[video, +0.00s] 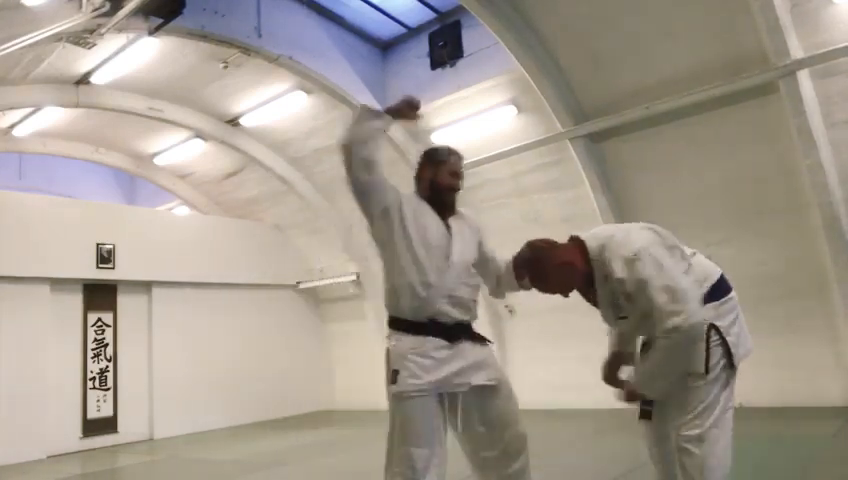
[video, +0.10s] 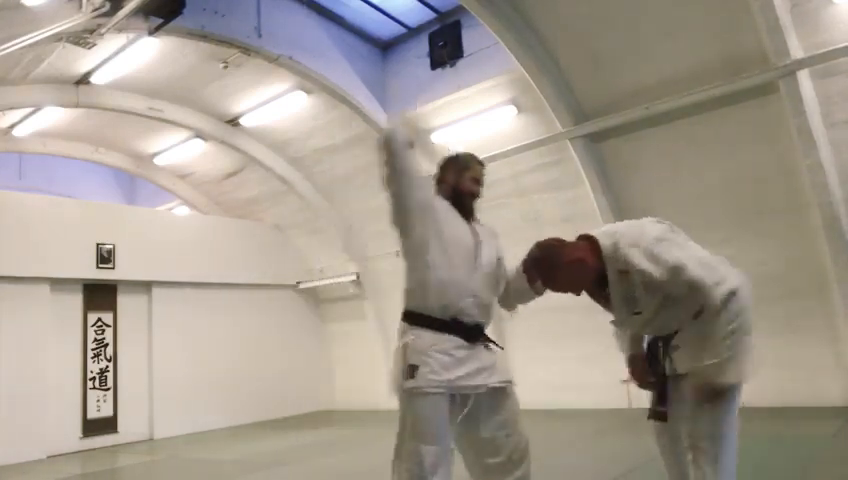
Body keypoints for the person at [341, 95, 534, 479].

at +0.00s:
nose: (459, 179)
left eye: (461, 174)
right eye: (451, 171)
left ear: (461, 182)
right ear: (423, 174)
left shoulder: (467, 229)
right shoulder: (395, 211)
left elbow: (498, 280)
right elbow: (357, 154)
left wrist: (526, 262)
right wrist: (386, 114)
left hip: (467, 348)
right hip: (413, 348)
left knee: (505, 448)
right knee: (416, 464)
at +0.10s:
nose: (478, 186)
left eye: (481, 182)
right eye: (472, 178)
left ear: (480, 188)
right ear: (445, 176)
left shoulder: (487, 238)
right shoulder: (423, 211)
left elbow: (509, 296)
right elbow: (395, 152)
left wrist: (539, 268)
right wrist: (405, 131)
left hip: (477, 352)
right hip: (428, 347)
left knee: (506, 456)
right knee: (424, 462)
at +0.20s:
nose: (497, 190)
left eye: (499, 186)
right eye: (491, 182)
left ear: (493, 193)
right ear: (471, 181)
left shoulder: (489, 245)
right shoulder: (449, 214)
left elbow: (504, 296)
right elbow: (451, 181)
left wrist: (537, 272)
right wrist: (462, 152)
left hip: (483, 350)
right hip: (441, 342)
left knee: (508, 450)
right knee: (437, 459)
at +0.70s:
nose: (491, 193)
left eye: (495, 189)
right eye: (485, 184)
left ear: (495, 193)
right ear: (463, 181)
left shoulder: (497, 239)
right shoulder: (436, 216)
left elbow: (534, 264)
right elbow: (445, 174)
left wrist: (584, 251)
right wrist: (458, 136)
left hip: (479, 351)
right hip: (430, 345)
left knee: (513, 452)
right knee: (423, 460)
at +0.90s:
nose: (438, 199)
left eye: (444, 194)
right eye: (431, 190)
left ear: (449, 201)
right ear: (412, 192)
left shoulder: (454, 247)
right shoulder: (389, 237)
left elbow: (496, 279)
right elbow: (386, 181)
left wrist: (546, 287)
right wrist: (419, 157)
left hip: (448, 365)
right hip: (396, 364)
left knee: (500, 454)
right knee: (401, 465)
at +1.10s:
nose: (394, 192)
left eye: (401, 187)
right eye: (387, 185)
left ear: (406, 195)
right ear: (371, 188)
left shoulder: (410, 243)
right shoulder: (346, 229)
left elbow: (425, 307)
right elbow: (310, 247)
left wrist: (440, 360)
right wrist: (356, 224)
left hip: (412, 359)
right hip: (363, 359)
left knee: (446, 454)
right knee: (374, 465)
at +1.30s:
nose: (367, 206)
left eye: (370, 199)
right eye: (361, 198)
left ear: (373, 204)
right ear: (338, 201)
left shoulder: (374, 251)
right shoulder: (312, 246)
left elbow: (389, 302)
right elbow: (283, 310)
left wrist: (418, 327)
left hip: (377, 365)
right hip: (335, 366)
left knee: (389, 458)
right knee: (352, 466)